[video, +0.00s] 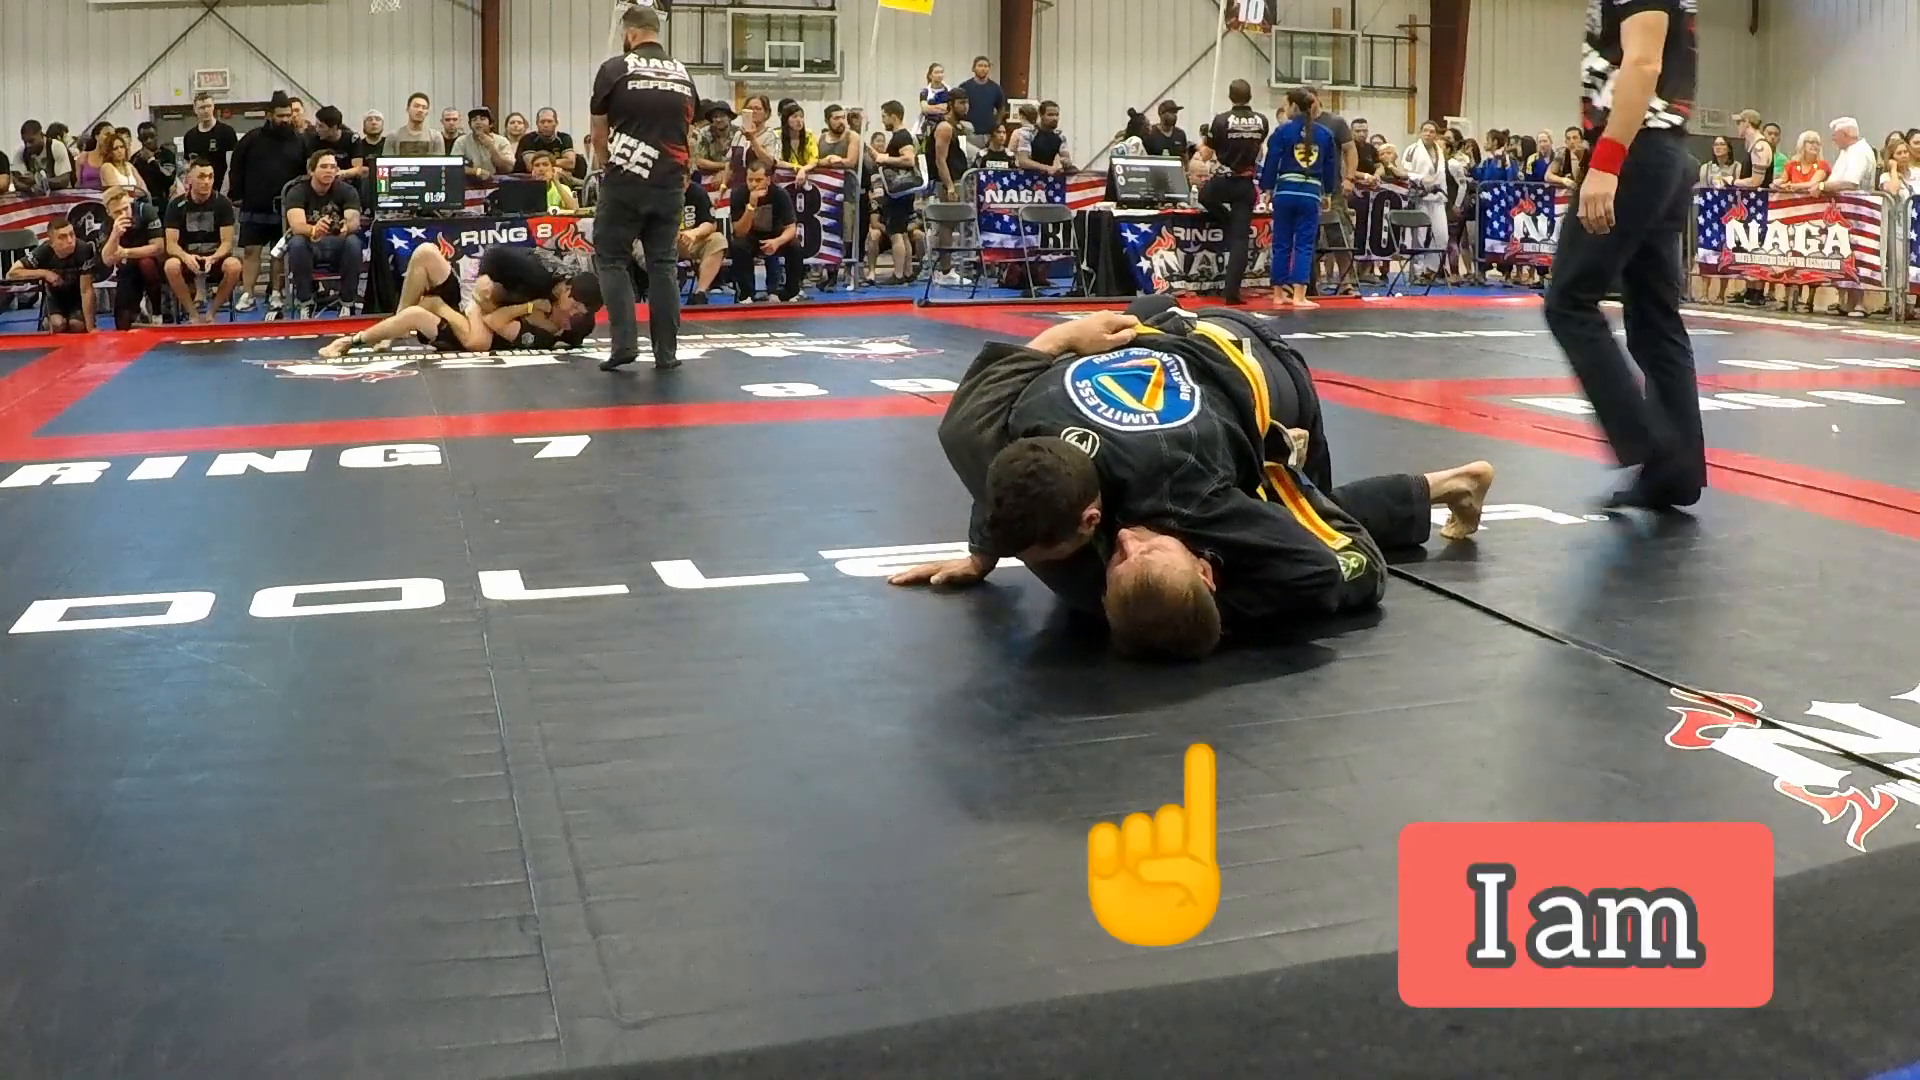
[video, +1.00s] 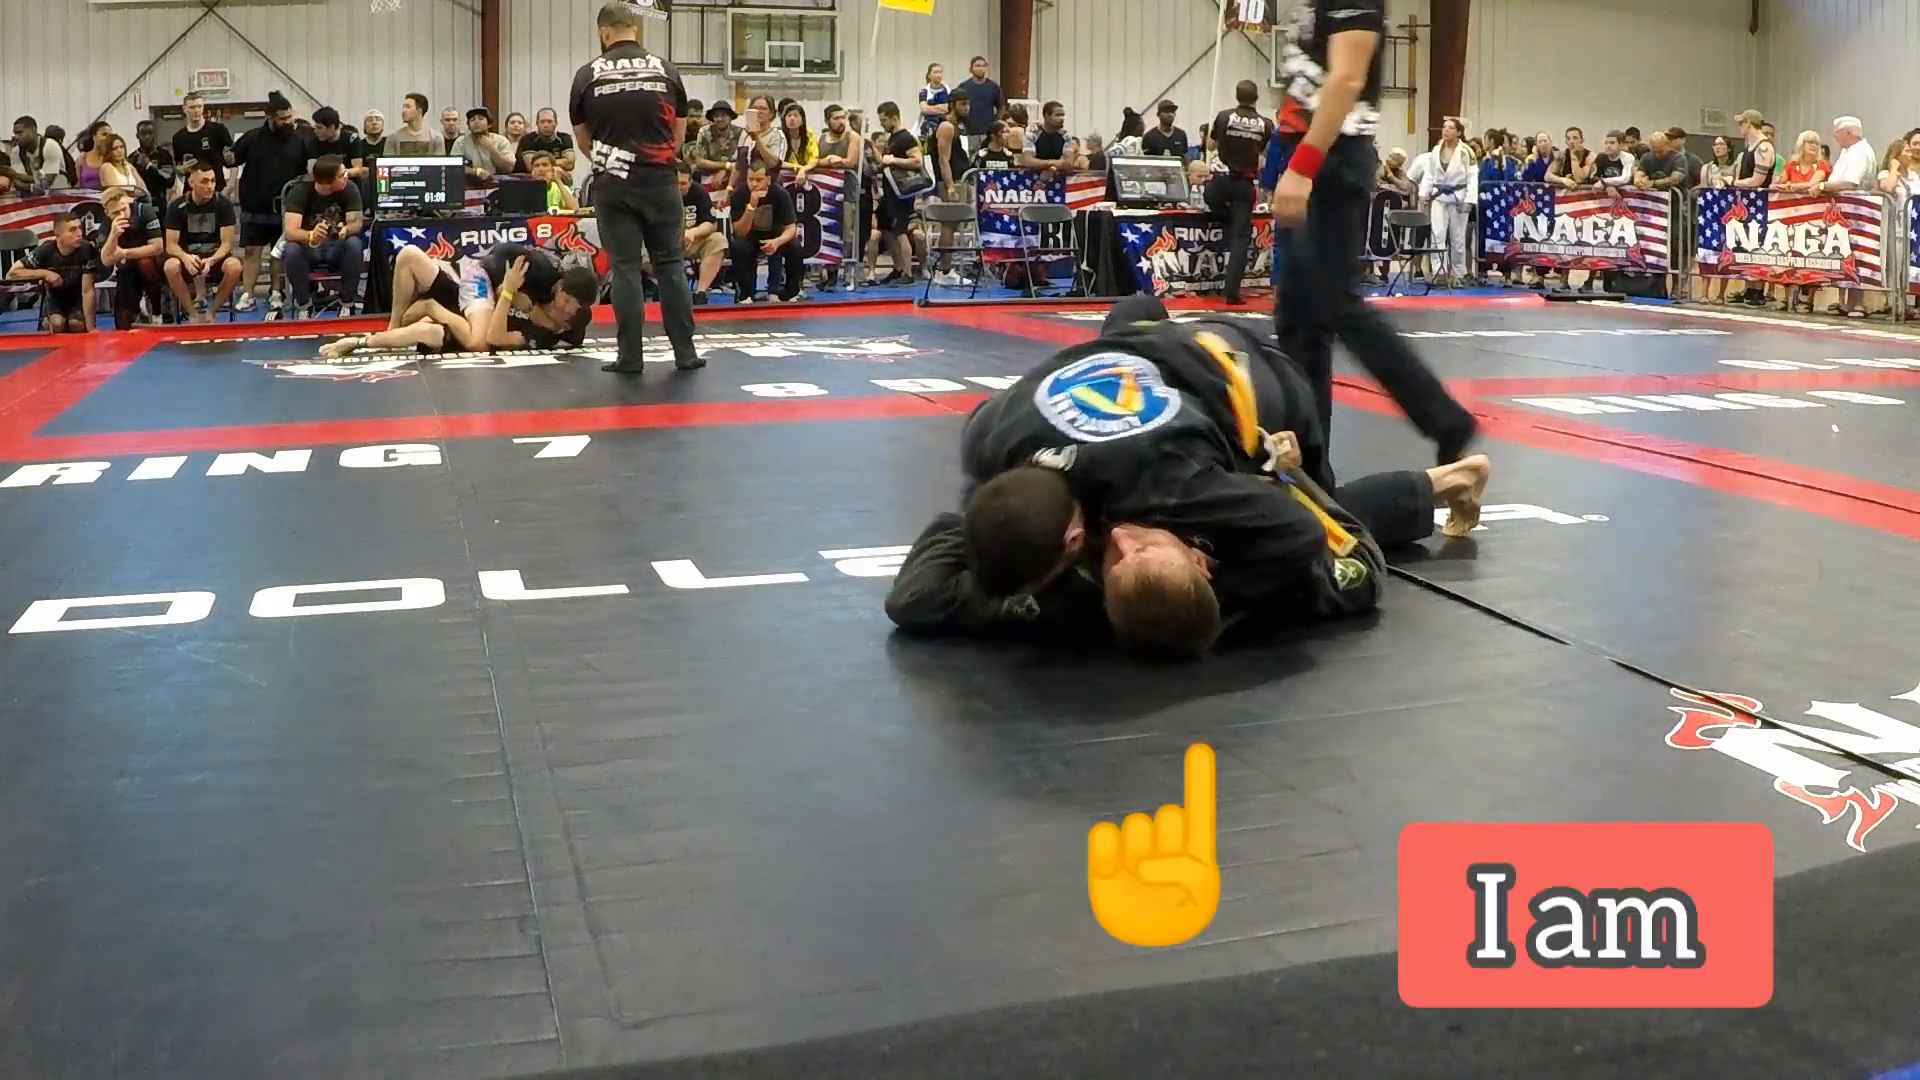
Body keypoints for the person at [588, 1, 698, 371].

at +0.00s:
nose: (622, 41)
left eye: (622, 37)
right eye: (624, 37)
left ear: (629, 35)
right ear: (657, 34)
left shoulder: (614, 68)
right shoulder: (682, 72)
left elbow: (599, 134)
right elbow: (687, 130)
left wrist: (604, 172)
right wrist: (680, 173)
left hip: (625, 182)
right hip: (671, 184)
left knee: (611, 257)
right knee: (663, 262)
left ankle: (624, 345)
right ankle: (666, 353)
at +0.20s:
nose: (616, 41)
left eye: (615, 36)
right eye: (618, 37)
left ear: (620, 34)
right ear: (648, 32)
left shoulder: (604, 70)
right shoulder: (677, 71)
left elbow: (592, 133)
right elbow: (685, 131)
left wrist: (603, 168)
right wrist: (682, 169)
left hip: (620, 184)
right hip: (667, 184)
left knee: (617, 263)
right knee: (661, 264)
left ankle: (628, 354)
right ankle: (665, 353)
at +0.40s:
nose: (604, 41)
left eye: (603, 36)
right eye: (605, 37)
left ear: (608, 34)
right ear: (640, 32)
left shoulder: (592, 73)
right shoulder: (667, 70)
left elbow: (584, 137)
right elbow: (679, 126)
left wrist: (602, 167)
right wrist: (665, 160)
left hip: (613, 185)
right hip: (660, 184)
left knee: (619, 267)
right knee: (660, 264)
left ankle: (628, 356)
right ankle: (665, 353)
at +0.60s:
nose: (594, 42)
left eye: (593, 37)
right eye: (596, 38)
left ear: (597, 35)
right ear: (629, 31)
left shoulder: (581, 77)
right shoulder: (661, 68)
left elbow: (582, 146)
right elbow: (674, 129)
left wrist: (612, 167)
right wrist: (658, 162)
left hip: (610, 185)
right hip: (658, 182)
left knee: (620, 270)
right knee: (660, 263)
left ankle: (629, 358)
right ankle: (666, 352)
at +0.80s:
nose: (594, 41)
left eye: (592, 37)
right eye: (597, 37)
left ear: (596, 35)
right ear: (629, 30)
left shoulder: (581, 76)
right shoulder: (661, 68)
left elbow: (581, 143)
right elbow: (675, 132)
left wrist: (611, 164)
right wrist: (657, 161)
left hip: (610, 186)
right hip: (658, 182)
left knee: (622, 269)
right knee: (665, 262)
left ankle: (630, 358)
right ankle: (678, 351)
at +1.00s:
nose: (601, 40)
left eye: (600, 36)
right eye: (603, 36)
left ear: (603, 34)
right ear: (637, 31)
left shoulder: (588, 73)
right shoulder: (666, 68)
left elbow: (584, 140)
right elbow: (678, 133)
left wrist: (611, 165)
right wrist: (658, 162)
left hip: (612, 184)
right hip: (660, 181)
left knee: (625, 268)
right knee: (670, 263)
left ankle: (630, 357)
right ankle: (685, 353)